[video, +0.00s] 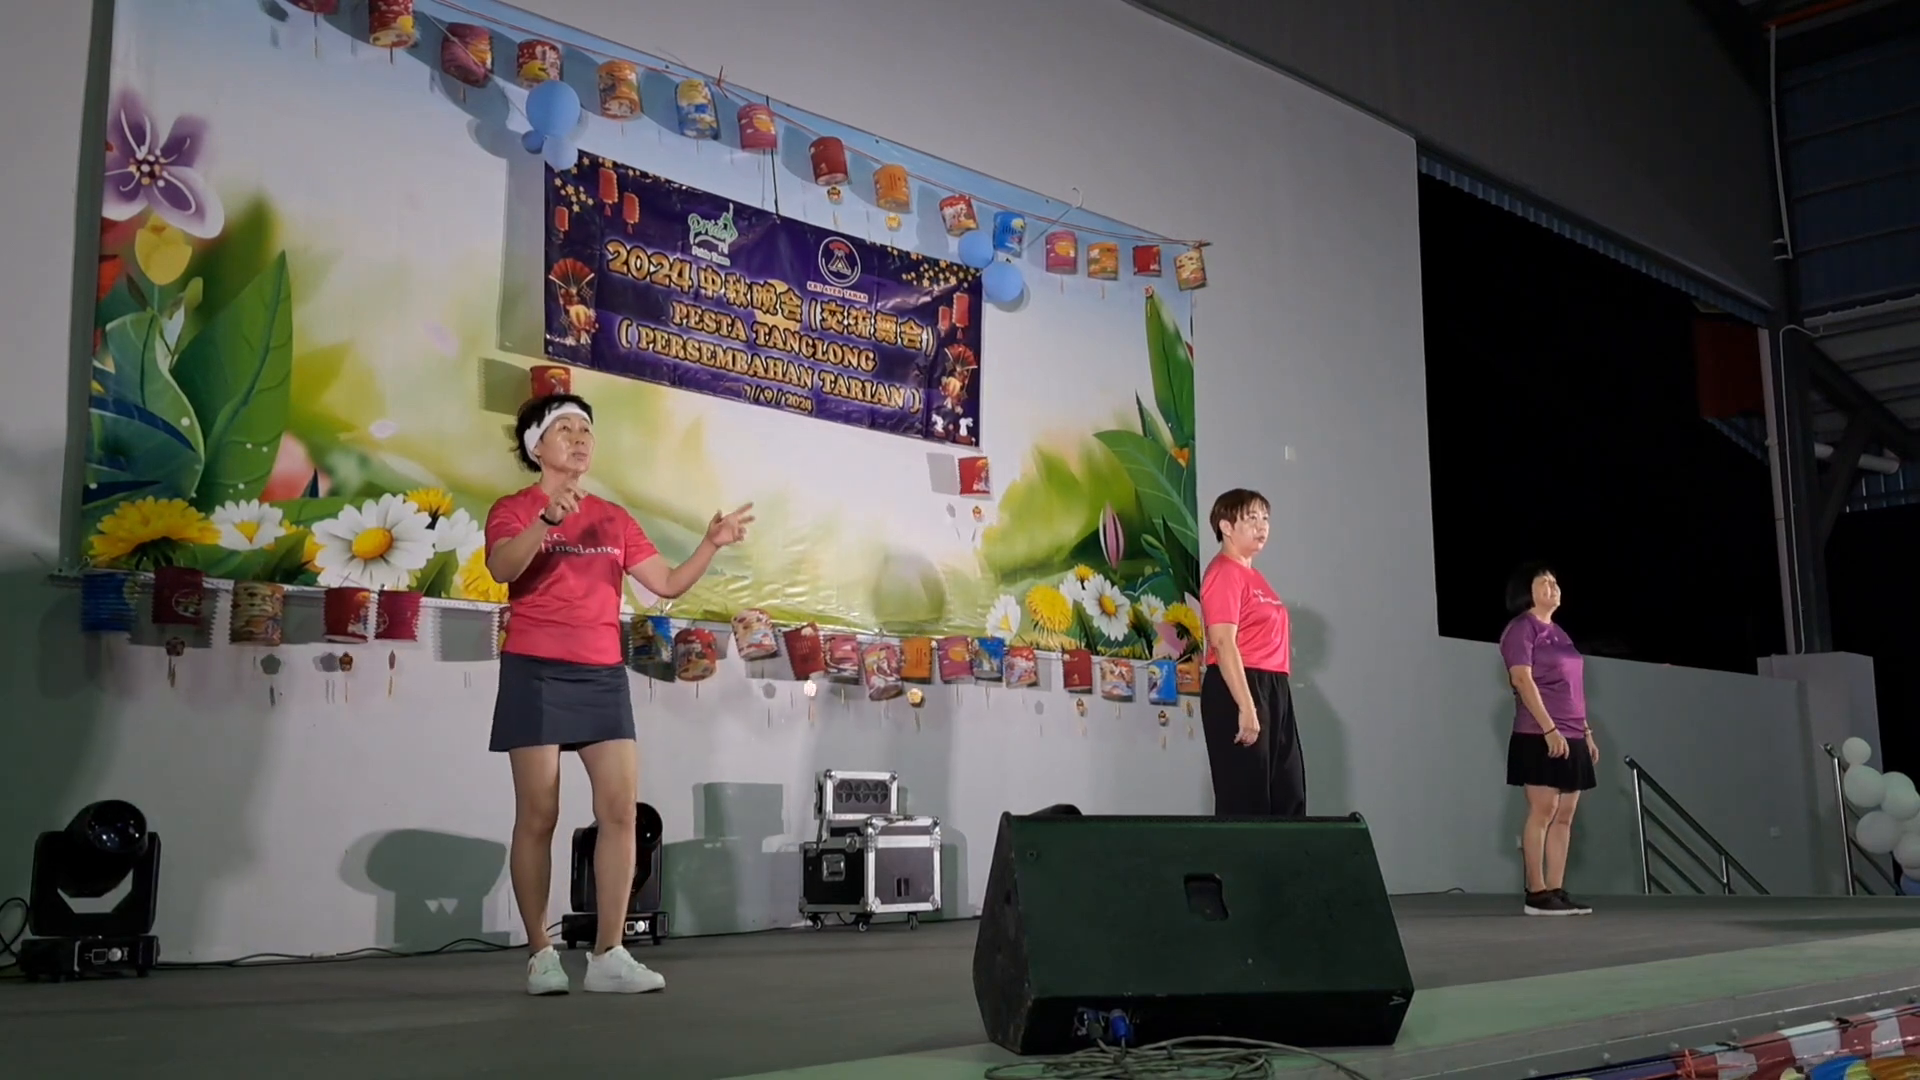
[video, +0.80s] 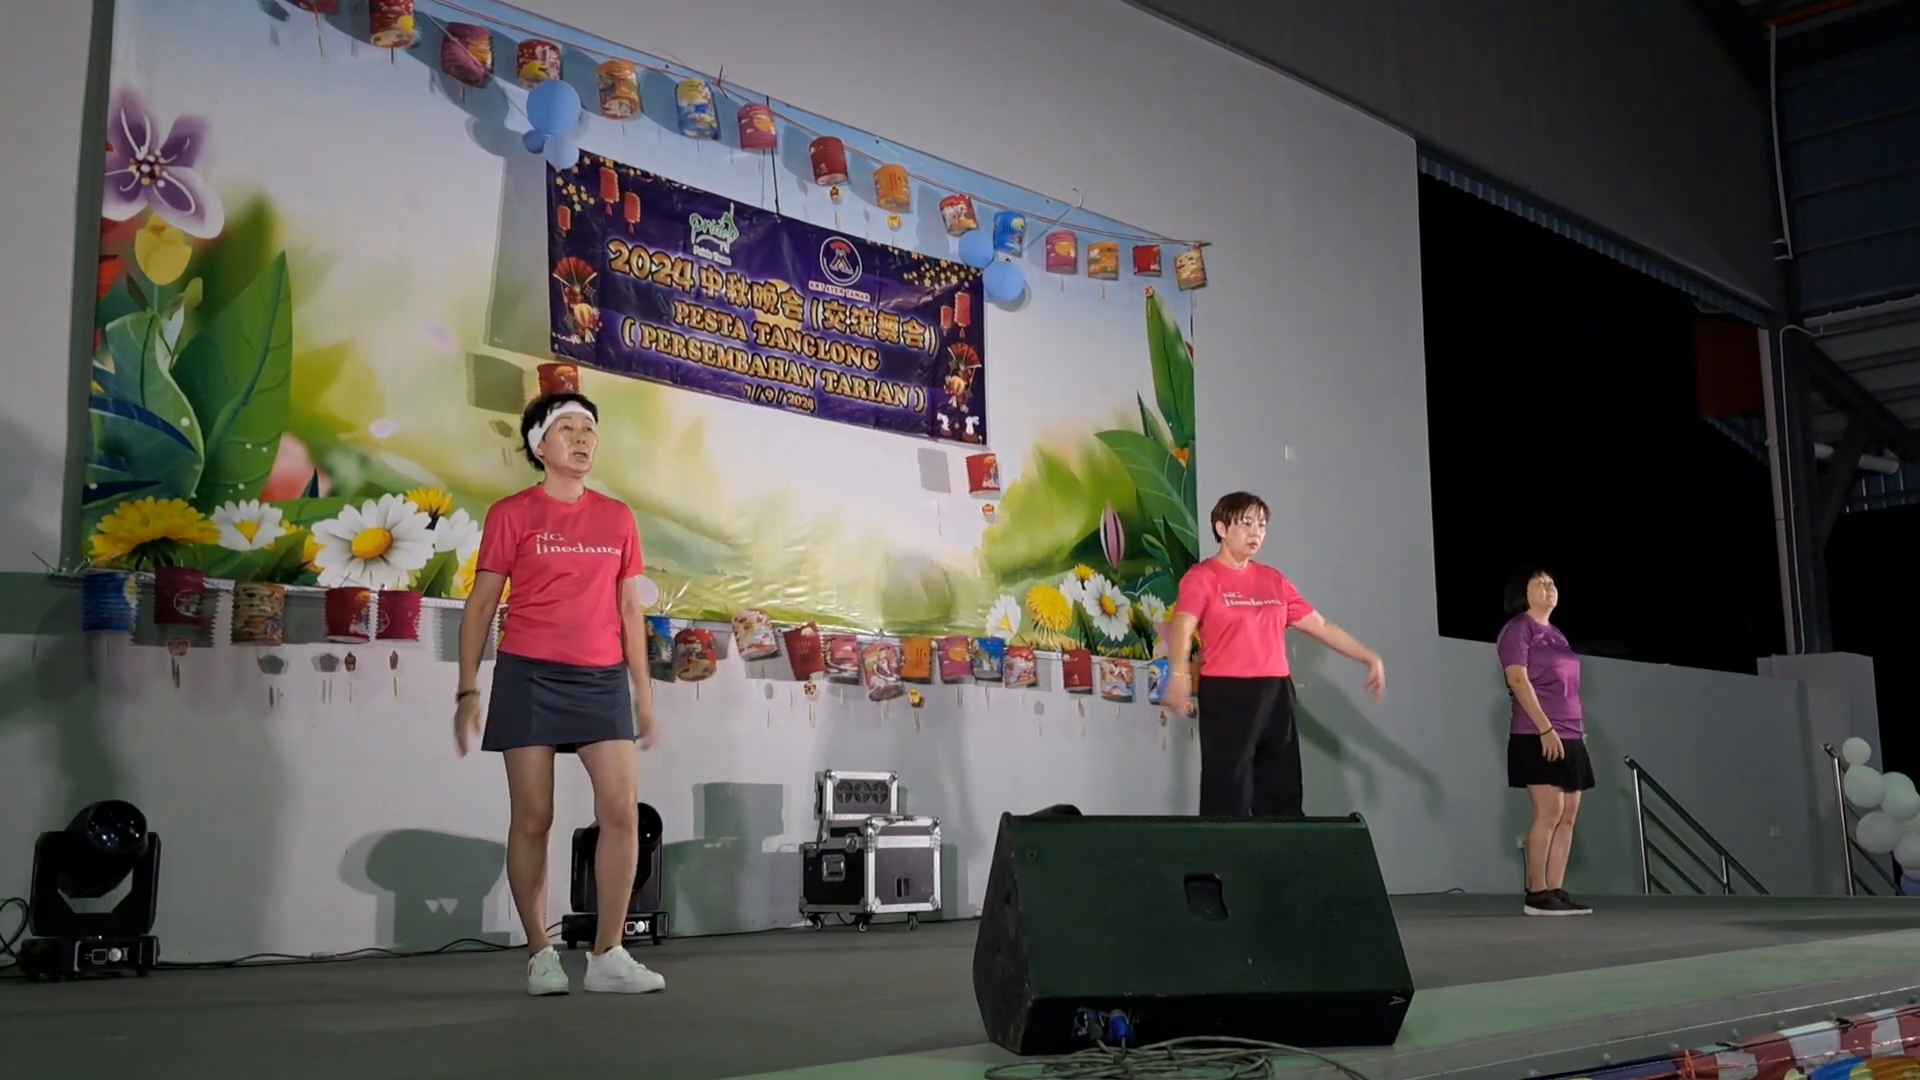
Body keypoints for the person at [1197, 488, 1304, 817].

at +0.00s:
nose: (1262, 528)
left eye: (1265, 520)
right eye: (1252, 520)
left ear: (1270, 525)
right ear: (1226, 527)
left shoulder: (1250, 573)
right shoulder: (1224, 572)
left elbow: (1255, 641)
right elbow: (1223, 642)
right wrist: (1245, 706)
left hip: (1273, 688)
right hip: (1240, 687)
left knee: (1288, 795)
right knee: (1246, 798)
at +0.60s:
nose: (1263, 528)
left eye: (1267, 520)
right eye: (1252, 519)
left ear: (1272, 525)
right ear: (1227, 525)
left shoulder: (1267, 572)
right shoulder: (1221, 574)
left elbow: (1289, 631)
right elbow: (1216, 635)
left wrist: (1313, 684)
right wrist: (1241, 693)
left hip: (1277, 693)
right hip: (1236, 692)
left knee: (1286, 796)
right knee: (1257, 797)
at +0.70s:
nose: (1260, 531)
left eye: (1265, 523)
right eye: (1251, 522)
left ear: (1270, 529)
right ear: (1226, 528)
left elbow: (1306, 631)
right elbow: (1200, 632)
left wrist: (1345, 675)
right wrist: (1214, 684)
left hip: (1279, 698)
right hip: (1235, 698)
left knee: (1286, 798)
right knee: (1251, 799)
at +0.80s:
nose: (1256, 533)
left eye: (1261, 525)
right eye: (1247, 524)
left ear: (1266, 532)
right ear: (1221, 529)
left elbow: (1320, 626)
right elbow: (1182, 628)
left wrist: (1370, 657)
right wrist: (1179, 677)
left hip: (1277, 696)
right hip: (1227, 695)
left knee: (1282, 793)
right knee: (1229, 794)